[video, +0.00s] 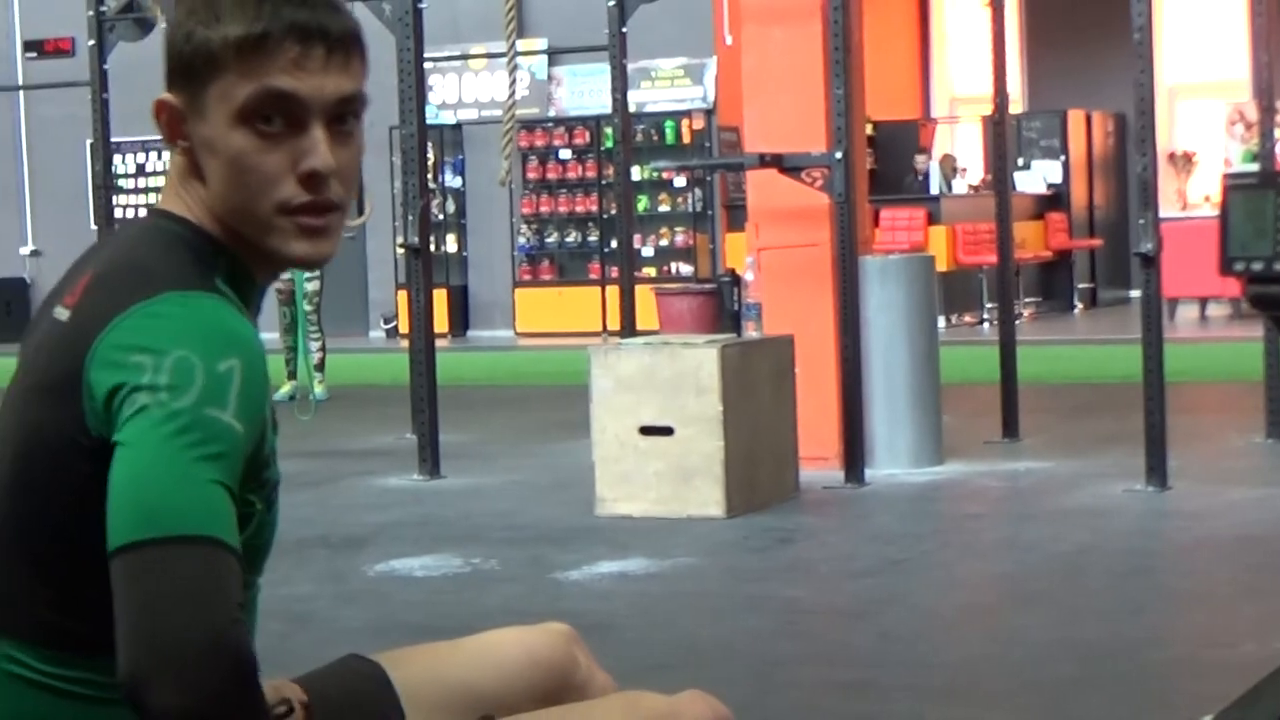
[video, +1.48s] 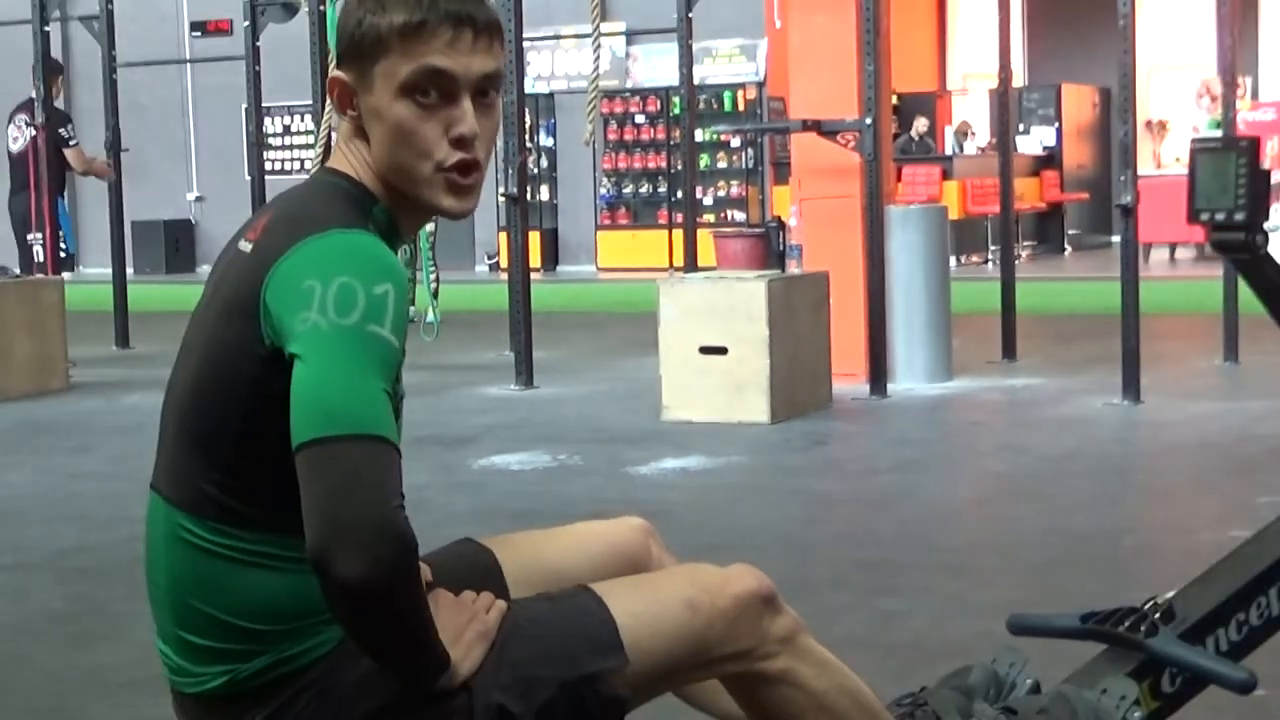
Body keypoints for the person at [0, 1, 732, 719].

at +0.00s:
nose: (322, 163)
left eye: (343, 121)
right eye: (273, 123)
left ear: (367, 128)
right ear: (179, 133)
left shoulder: (130, 268)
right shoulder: (190, 331)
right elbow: (183, 682)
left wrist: (237, 691)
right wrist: (269, 703)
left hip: (85, 691)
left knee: (553, 654)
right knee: (695, 708)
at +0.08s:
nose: (347, 170)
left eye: (370, 129)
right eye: (300, 128)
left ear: (393, 134)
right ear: (207, 133)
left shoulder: (169, 274)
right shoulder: (208, 325)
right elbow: (213, 679)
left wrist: (261, 695)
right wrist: (287, 708)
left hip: (108, 692)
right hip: (132, 718)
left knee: (566, 653)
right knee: (708, 711)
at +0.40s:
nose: (423, 114)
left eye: (446, 78)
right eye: (378, 70)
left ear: (466, 90)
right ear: (283, 74)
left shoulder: (247, 223)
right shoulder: (281, 261)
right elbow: (296, 617)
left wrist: (343, 665)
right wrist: (367, 712)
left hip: (201, 670)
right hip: (221, 703)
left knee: (603, 583)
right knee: (745, 661)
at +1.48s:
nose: (467, 130)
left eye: (485, 95)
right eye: (429, 95)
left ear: (504, 100)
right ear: (349, 103)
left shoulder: (342, 230)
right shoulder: (342, 256)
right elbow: (357, 545)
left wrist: (397, 610)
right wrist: (433, 665)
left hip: (298, 629)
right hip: (301, 684)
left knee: (631, 547)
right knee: (744, 603)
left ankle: (810, 716)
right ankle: (891, 718)